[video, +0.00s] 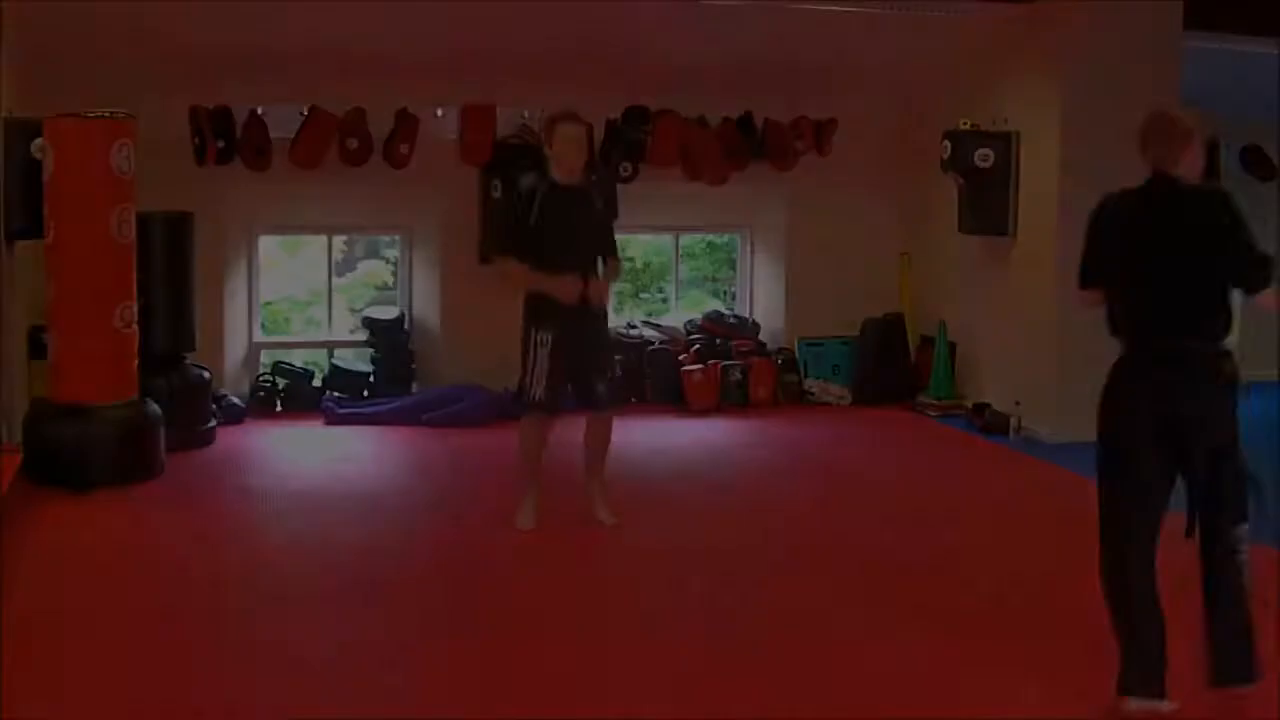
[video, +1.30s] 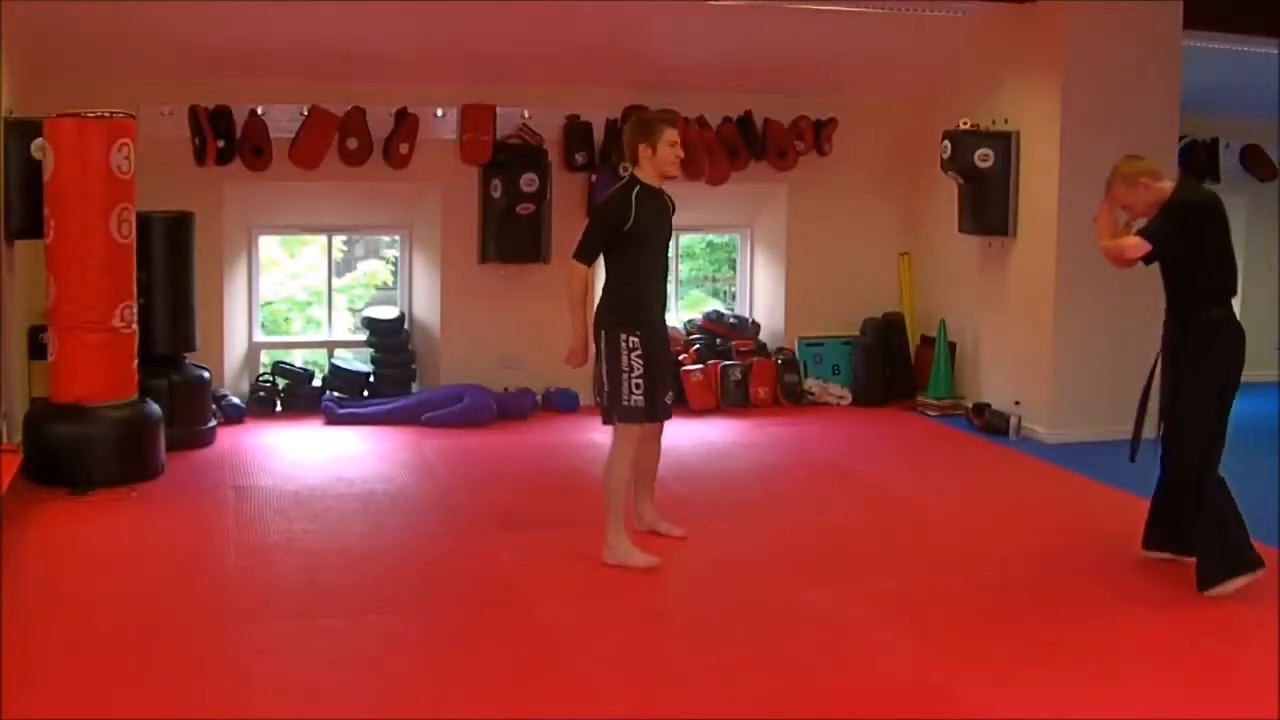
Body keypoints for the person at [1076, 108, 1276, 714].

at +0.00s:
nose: (1203, 156)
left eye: (1197, 146)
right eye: (1199, 147)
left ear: (1145, 153)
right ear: (1189, 150)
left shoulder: (1113, 210)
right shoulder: (1215, 206)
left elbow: (1092, 290)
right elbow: (1259, 285)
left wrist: (1144, 275)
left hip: (1134, 381)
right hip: (1205, 381)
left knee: (1127, 533)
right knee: (1221, 525)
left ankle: (1142, 682)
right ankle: (1233, 669)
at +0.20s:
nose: (1185, 173)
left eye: (1183, 165)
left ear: (1183, 176)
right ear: (1234, 176)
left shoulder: (1159, 237)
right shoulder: (1265, 236)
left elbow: (1112, 312)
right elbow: (1277, 305)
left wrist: (1169, 307)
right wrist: (1241, 292)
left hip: (1173, 398)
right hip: (1243, 399)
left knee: (1157, 529)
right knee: (1251, 519)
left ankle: (1144, 668)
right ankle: (1256, 629)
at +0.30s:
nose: (1205, 184)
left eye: (1203, 176)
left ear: (1207, 182)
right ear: (1257, 182)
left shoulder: (1180, 237)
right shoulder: (1273, 236)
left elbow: (1127, 309)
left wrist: (1165, 341)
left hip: (1193, 397)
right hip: (1261, 399)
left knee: (1191, 513)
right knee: (1260, 511)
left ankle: (1163, 628)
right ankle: (1257, 630)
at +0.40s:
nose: (1197, 170)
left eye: (1202, 162)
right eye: (1198, 161)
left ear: (1226, 166)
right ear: (1250, 169)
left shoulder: (1193, 225)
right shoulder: (1275, 220)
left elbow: (1158, 303)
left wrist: (1153, 352)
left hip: (1209, 379)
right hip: (1269, 381)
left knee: (1199, 492)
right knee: (1265, 499)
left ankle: (1191, 603)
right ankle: (1259, 625)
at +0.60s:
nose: (1193, 158)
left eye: (1200, 149)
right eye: (1195, 148)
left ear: (1227, 156)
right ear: (1245, 157)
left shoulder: (1218, 211)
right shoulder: (1273, 203)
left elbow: (1168, 283)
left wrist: (1122, 288)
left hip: (1228, 362)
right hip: (1273, 361)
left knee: (1221, 471)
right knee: (1268, 478)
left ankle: (1224, 580)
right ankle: (1267, 611)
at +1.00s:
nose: (1176, 183)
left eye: (1178, 174)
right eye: (1174, 176)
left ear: (1199, 163)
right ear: (1211, 161)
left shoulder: (1215, 204)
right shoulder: (1244, 203)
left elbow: (1142, 224)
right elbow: (1173, 228)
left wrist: (1146, 196)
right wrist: (1159, 199)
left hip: (1215, 340)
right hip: (1238, 335)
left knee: (1218, 458)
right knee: (1232, 458)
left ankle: (1236, 582)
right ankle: (1231, 575)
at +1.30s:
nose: (1131, 212)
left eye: (1129, 204)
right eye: (1127, 207)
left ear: (1145, 186)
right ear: (1148, 180)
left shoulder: (1186, 207)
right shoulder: (1192, 201)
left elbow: (1126, 252)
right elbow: (1136, 251)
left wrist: (1105, 231)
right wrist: (1115, 230)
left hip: (1208, 343)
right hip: (1196, 338)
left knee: (1194, 451)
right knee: (1180, 442)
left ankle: (1235, 559)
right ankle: (1175, 536)